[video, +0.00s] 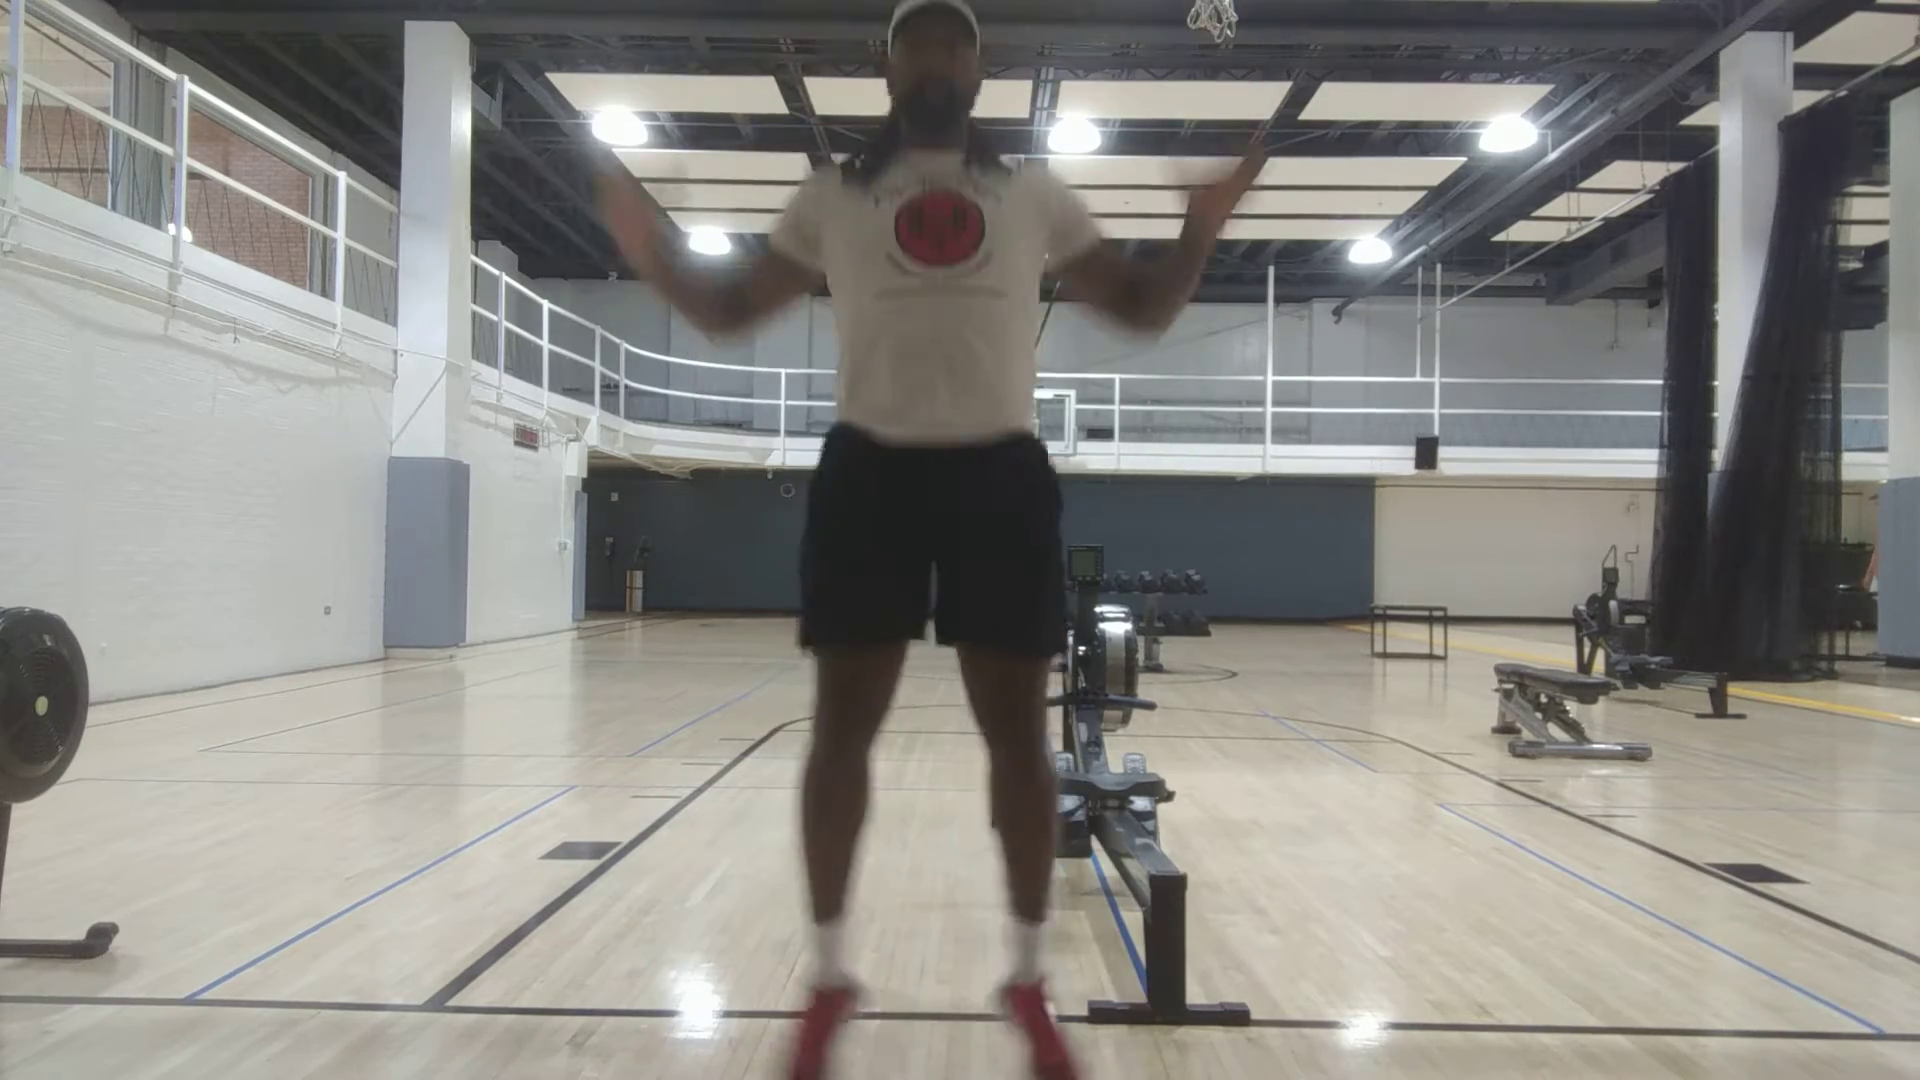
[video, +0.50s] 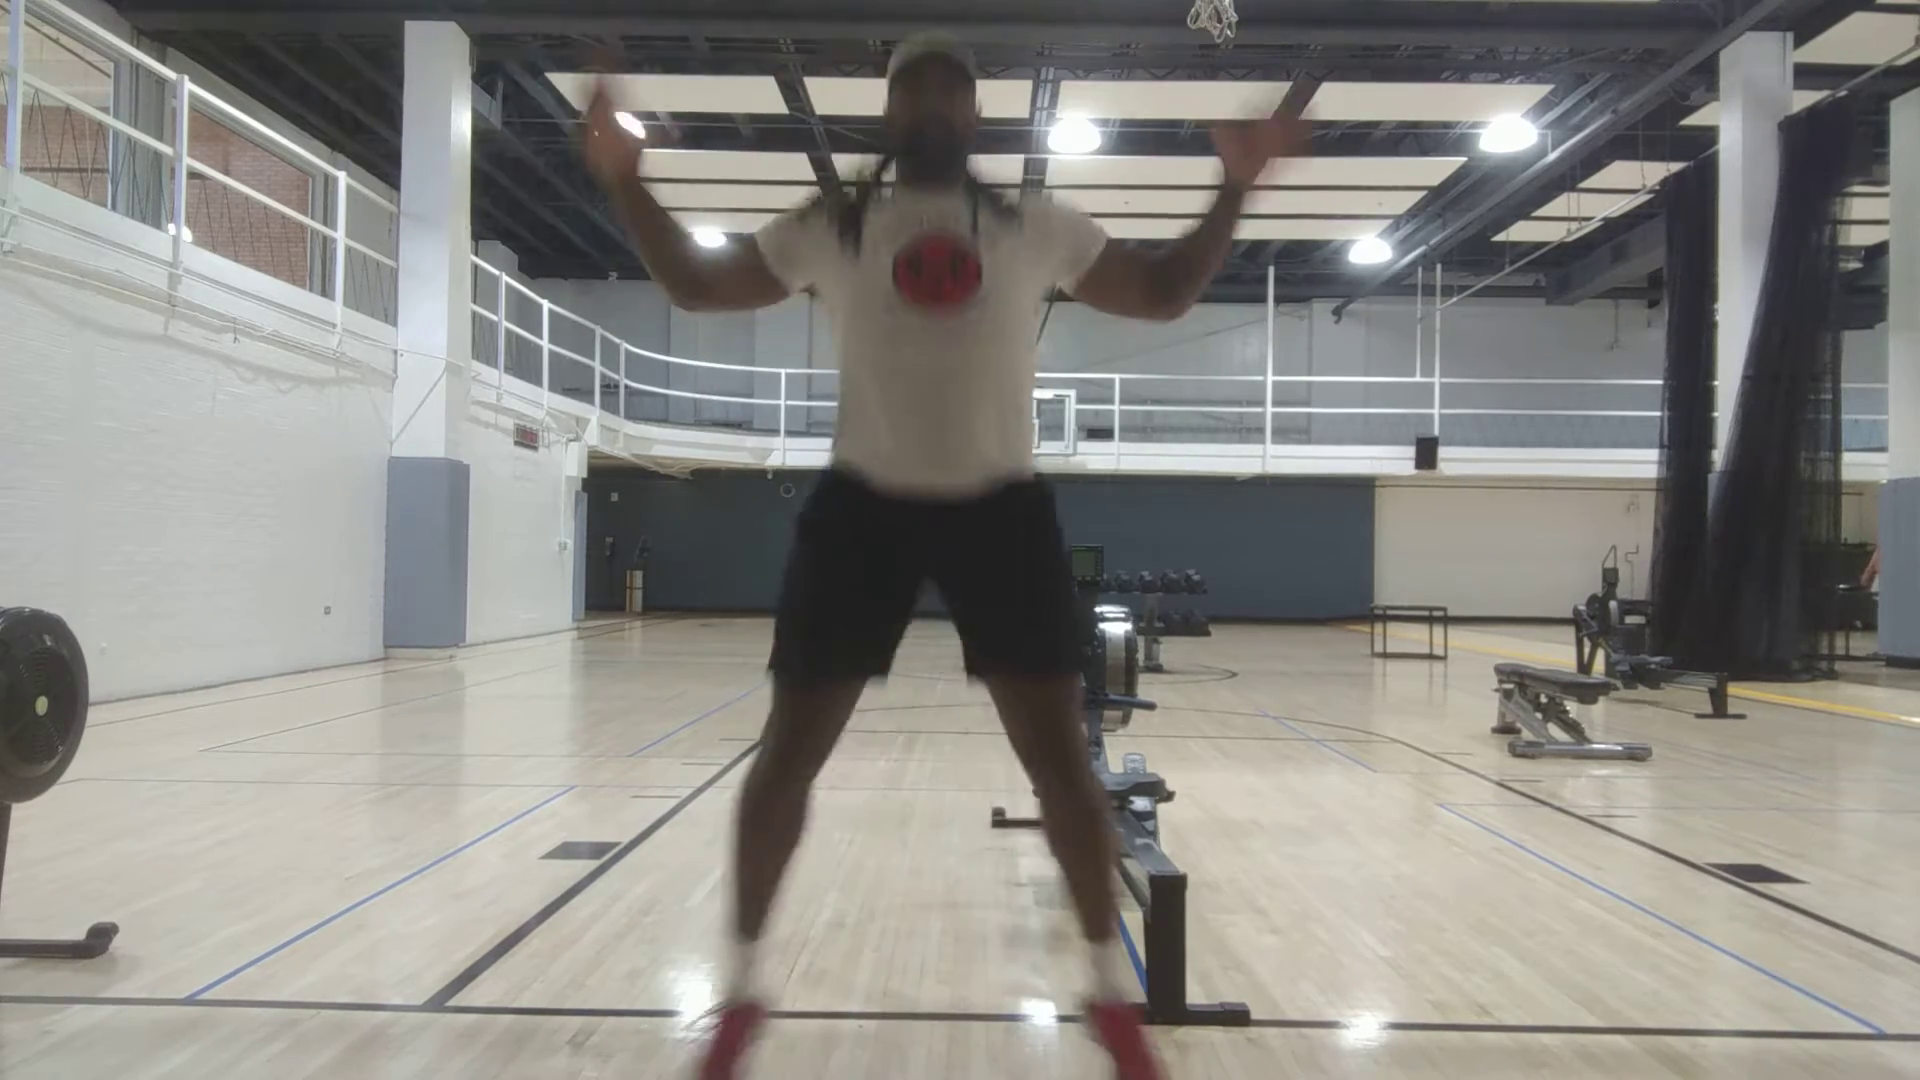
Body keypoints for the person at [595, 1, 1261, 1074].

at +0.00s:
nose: (931, 58)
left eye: (950, 42)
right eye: (913, 42)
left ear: (981, 69)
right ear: (885, 70)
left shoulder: (1033, 190)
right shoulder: (834, 197)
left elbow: (1145, 307)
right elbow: (726, 312)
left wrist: (1202, 225)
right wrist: (657, 257)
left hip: (1001, 479)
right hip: (869, 478)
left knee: (1017, 726)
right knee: (843, 723)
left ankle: (1027, 977)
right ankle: (828, 973)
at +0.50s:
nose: (935, 103)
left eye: (953, 88)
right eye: (917, 87)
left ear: (978, 112)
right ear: (886, 110)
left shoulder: (1032, 222)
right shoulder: (836, 223)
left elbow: (1165, 288)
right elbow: (696, 278)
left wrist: (1235, 187)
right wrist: (623, 182)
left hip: (1002, 511)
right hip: (863, 509)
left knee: (1059, 751)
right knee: (791, 747)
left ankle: (1111, 986)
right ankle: (741, 987)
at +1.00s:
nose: (932, 119)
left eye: (949, 101)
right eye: (914, 101)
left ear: (972, 123)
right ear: (884, 121)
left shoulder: (1029, 261)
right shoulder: (832, 259)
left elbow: (1100, 380)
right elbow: (779, 378)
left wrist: (1153, 375)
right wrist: (729, 400)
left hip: (996, 535)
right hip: (868, 536)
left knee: (1000, 773)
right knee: (859, 769)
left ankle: (983, 1005)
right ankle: (876, 1004)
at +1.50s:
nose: (921, 168)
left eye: (940, 153)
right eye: (904, 152)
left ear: (969, 172)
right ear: (876, 170)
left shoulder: (1026, 274)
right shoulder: (824, 270)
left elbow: (1166, 250)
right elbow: (686, 228)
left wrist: (1126, 96)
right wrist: (715, 92)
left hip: (993, 574)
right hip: (855, 570)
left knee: (1060, 803)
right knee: (770, 793)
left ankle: (1116, 1006)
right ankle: (706, 1008)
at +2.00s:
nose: (933, 135)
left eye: (951, 118)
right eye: (916, 118)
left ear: (976, 136)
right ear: (888, 135)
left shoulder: (1030, 270)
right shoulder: (836, 264)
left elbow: (1086, 395)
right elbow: (776, 383)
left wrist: (1129, 396)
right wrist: (751, 387)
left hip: (998, 546)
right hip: (871, 545)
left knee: (998, 792)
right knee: (860, 782)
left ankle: (969, 1016)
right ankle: (869, 1019)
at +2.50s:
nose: (947, 175)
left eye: (963, 160)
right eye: (930, 159)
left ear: (989, 183)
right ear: (902, 181)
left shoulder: (1048, 280)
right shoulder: (842, 279)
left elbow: (1190, 261)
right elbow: (697, 253)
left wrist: (1150, 133)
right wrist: (731, 110)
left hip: (1014, 581)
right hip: (873, 578)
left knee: (1082, 811)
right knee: (791, 804)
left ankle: (1127, 1026)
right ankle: (724, 1017)